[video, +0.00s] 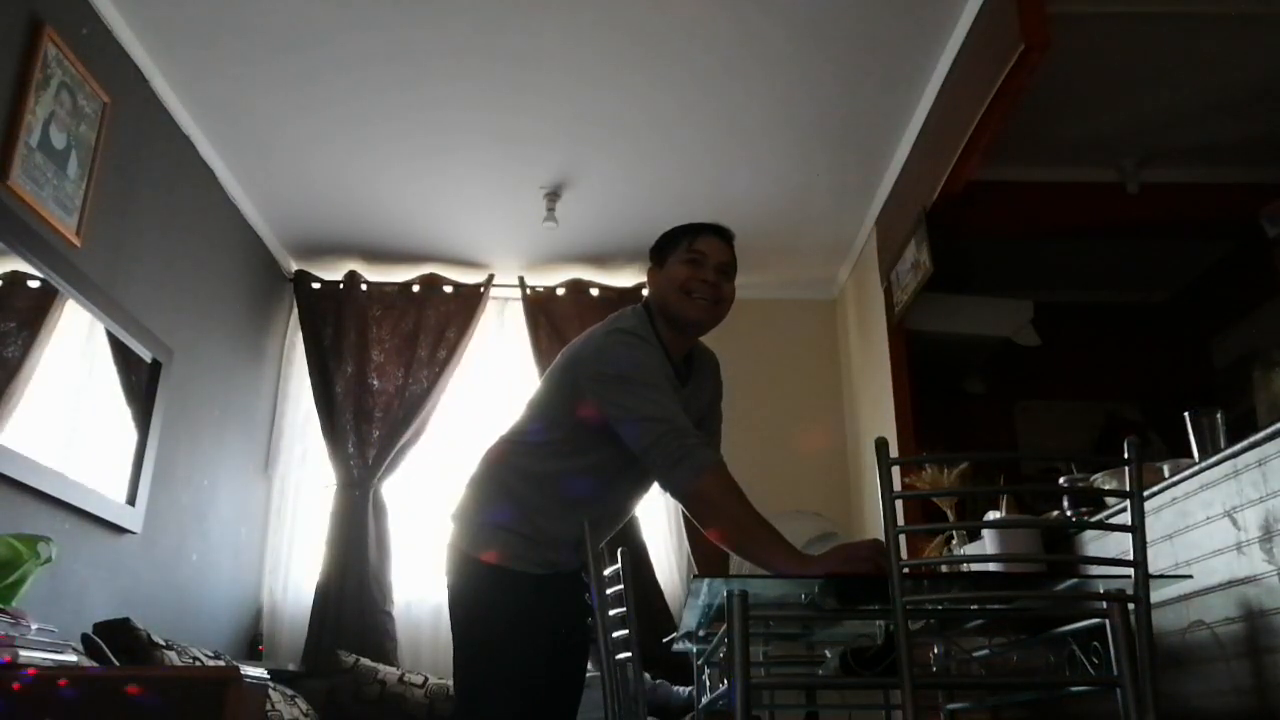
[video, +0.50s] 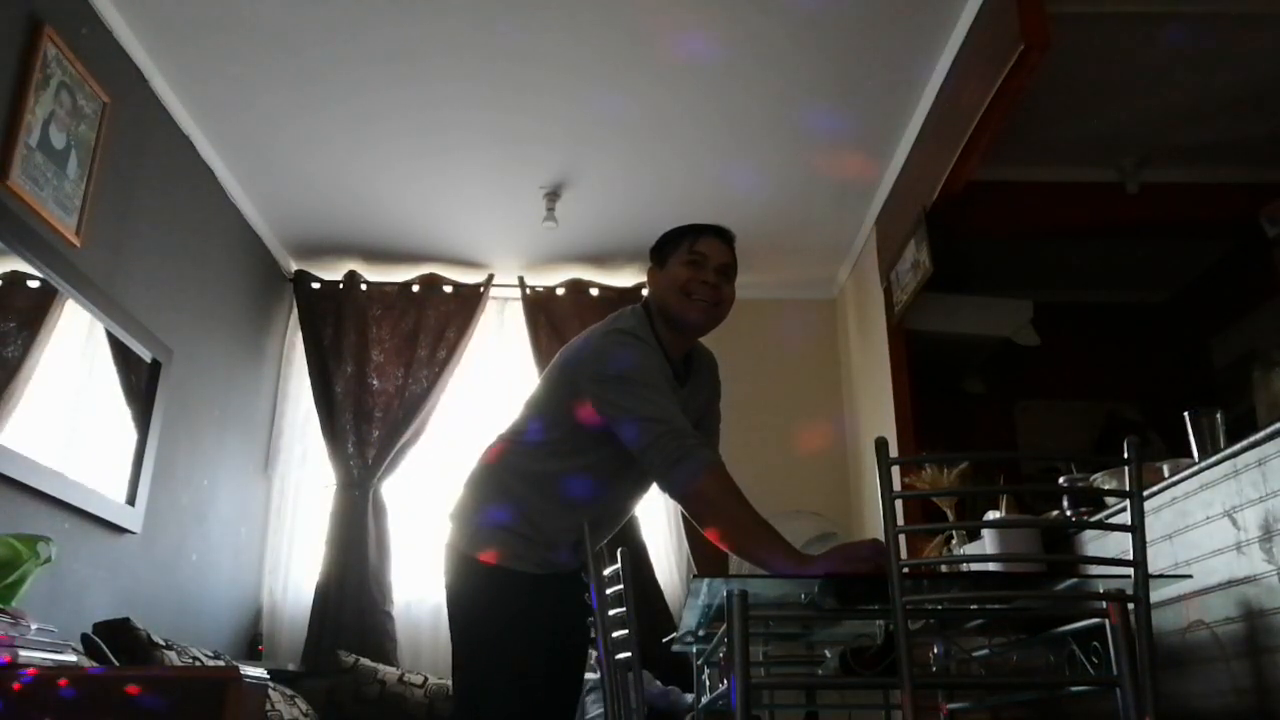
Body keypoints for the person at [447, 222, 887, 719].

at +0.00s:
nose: (710, 280)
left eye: (725, 273)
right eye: (693, 263)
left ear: (732, 294)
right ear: (653, 274)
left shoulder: (700, 369)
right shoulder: (620, 349)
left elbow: (702, 491)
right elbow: (692, 478)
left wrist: (721, 599)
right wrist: (800, 564)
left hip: (568, 556)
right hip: (502, 547)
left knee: (553, 703)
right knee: (497, 706)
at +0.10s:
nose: (710, 280)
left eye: (725, 272)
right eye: (693, 263)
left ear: (732, 294)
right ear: (654, 274)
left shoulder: (700, 369)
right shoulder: (619, 350)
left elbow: (702, 493)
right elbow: (693, 480)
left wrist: (722, 600)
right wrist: (799, 564)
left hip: (568, 556)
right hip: (501, 548)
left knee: (552, 704)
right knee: (497, 706)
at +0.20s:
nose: (710, 281)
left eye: (724, 272)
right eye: (693, 263)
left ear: (733, 293)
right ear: (654, 274)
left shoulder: (699, 370)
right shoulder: (619, 349)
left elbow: (704, 490)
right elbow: (691, 479)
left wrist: (719, 600)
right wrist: (800, 564)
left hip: (568, 555)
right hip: (501, 546)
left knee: (552, 704)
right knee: (496, 706)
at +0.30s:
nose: (709, 280)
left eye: (724, 272)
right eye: (692, 263)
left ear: (732, 294)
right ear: (653, 274)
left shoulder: (699, 369)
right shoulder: (618, 350)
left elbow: (702, 489)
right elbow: (691, 480)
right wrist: (798, 564)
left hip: (566, 556)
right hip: (501, 546)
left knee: (552, 703)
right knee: (497, 706)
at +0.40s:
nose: (710, 281)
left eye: (724, 274)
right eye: (693, 264)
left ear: (732, 295)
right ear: (653, 274)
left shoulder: (698, 369)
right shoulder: (618, 351)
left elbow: (702, 492)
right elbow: (692, 481)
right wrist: (798, 564)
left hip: (566, 555)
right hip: (501, 547)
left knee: (552, 704)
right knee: (498, 707)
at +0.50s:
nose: (710, 282)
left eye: (725, 274)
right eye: (693, 264)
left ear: (733, 295)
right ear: (653, 275)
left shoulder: (698, 369)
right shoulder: (617, 351)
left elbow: (701, 490)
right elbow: (691, 479)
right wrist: (798, 564)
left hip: (567, 556)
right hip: (500, 549)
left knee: (551, 706)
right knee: (497, 708)